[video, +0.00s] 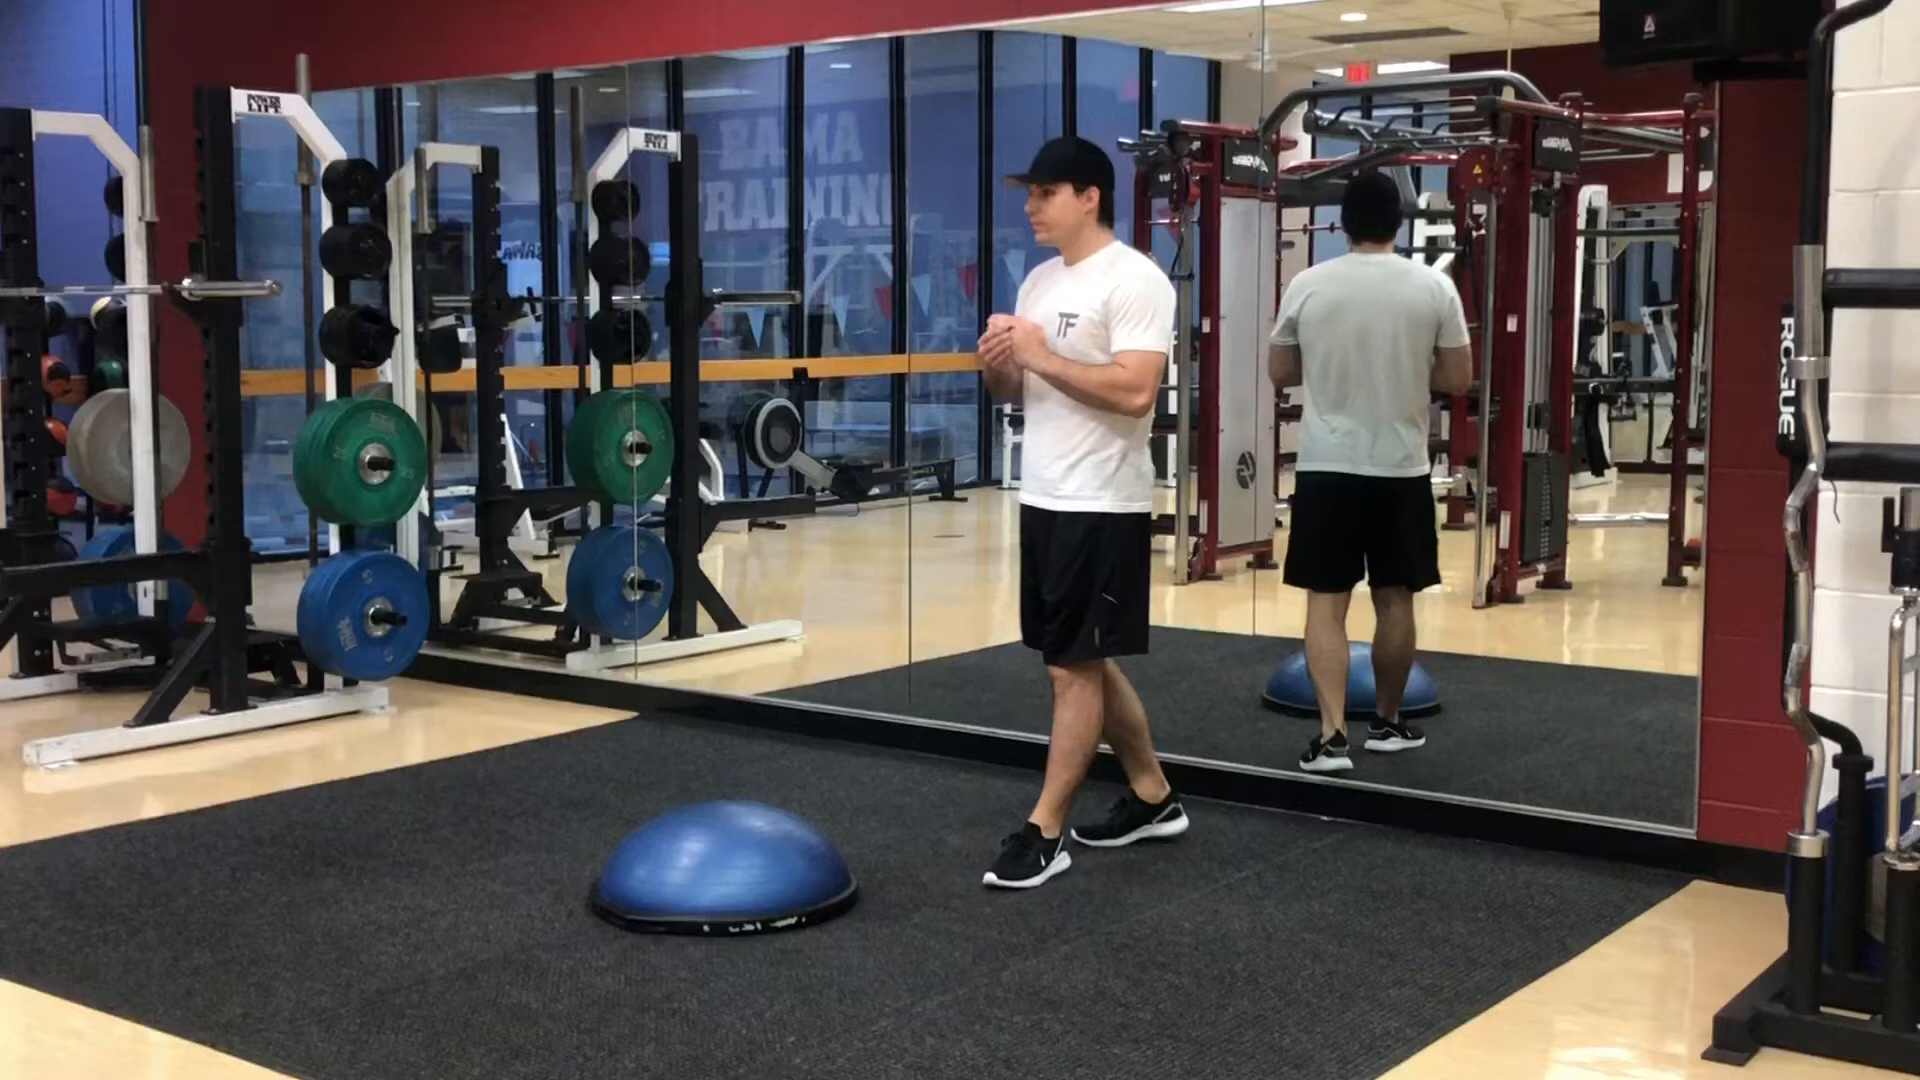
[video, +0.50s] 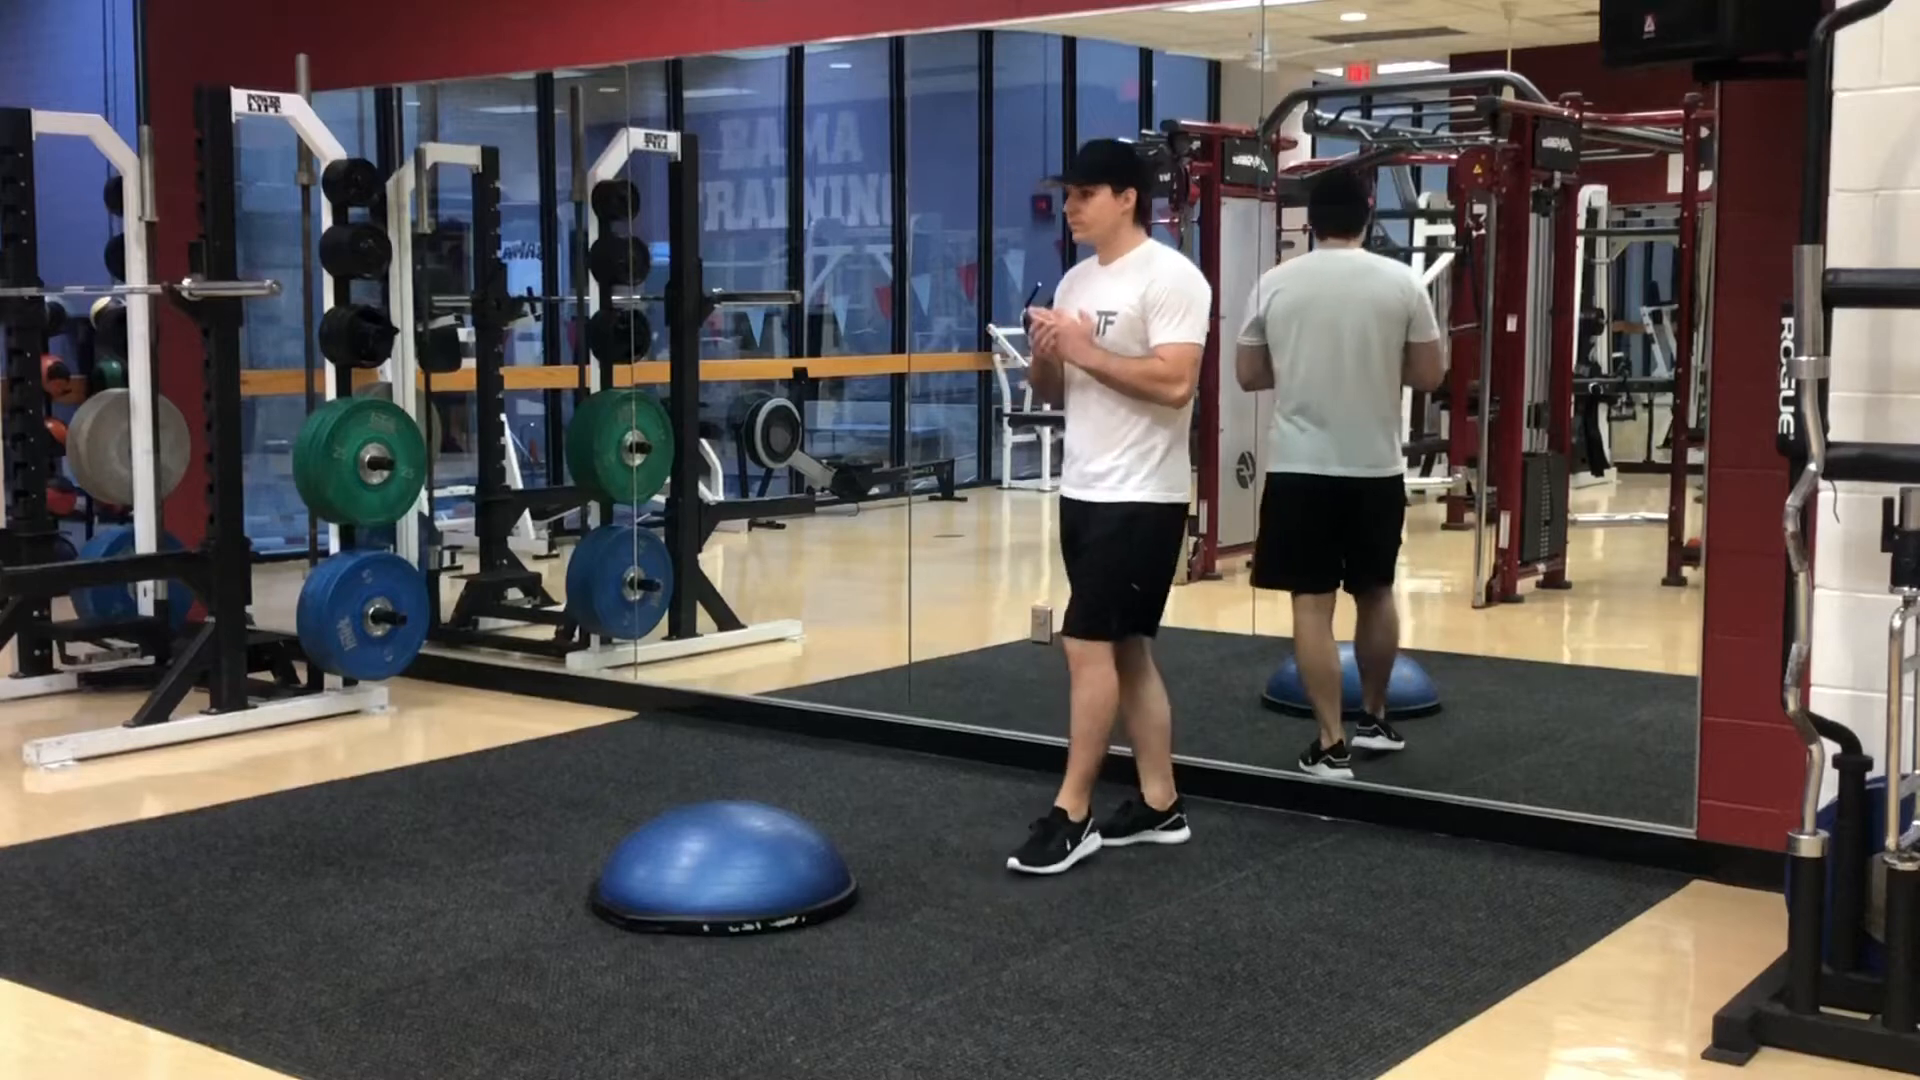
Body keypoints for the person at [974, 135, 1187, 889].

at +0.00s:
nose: (1032, 207)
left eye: (1045, 193)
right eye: (1032, 194)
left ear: (1089, 198)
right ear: (1064, 202)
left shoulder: (1140, 280)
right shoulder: (1039, 280)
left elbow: (1134, 393)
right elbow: (1014, 393)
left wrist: (1041, 358)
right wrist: (994, 364)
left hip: (1103, 503)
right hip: (1044, 498)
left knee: (1073, 665)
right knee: (1083, 659)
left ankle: (1045, 828)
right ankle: (1153, 793)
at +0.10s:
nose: (1039, 208)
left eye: (1052, 195)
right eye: (1038, 195)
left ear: (1097, 200)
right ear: (1067, 204)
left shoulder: (1146, 281)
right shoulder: (1045, 282)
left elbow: (1141, 394)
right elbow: (1020, 394)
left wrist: (1050, 357)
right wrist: (1004, 363)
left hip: (1111, 504)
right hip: (1053, 499)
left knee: (1078, 665)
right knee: (1100, 661)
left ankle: (1045, 829)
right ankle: (1157, 801)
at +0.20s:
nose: (1048, 211)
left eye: (1062, 197)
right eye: (1047, 198)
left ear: (1105, 203)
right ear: (1074, 207)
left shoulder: (1156, 284)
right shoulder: (1058, 284)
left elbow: (1151, 394)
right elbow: (1029, 393)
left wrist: (1060, 356)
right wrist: (1023, 354)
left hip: (1123, 505)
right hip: (1067, 500)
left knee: (1080, 664)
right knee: (1117, 660)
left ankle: (1047, 826)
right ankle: (1160, 803)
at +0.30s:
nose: (1058, 209)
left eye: (1072, 196)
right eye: (1056, 197)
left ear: (1114, 201)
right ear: (1076, 205)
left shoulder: (1163, 280)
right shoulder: (1065, 283)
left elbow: (1159, 391)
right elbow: (1033, 388)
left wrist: (1071, 354)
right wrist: (1049, 357)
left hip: (1131, 500)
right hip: (1074, 494)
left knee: (1082, 654)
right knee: (1122, 656)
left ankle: (1053, 819)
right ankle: (1160, 802)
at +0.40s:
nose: (1065, 207)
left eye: (1079, 194)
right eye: (1063, 194)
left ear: (1121, 199)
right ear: (1083, 203)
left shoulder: (1170, 277)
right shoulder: (1071, 281)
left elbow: (1167, 388)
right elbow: (1046, 390)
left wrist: (1076, 352)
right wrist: (1049, 354)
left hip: (1141, 494)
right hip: (1081, 490)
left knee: (1082, 641)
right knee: (1125, 650)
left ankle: (1065, 813)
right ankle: (1160, 802)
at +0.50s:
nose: (1071, 209)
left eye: (1084, 195)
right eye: (1069, 196)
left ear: (1125, 198)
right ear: (1090, 203)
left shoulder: (1175, 277)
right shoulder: (1075, 281)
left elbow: (1175, 385)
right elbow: (1051, 393)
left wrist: (1084, 354)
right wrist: (1043, 353)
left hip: (1144, 494)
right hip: (1085, 490)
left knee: (1087, 641)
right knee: (1130, 651)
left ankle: (1071, 810)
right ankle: (1161, 803)